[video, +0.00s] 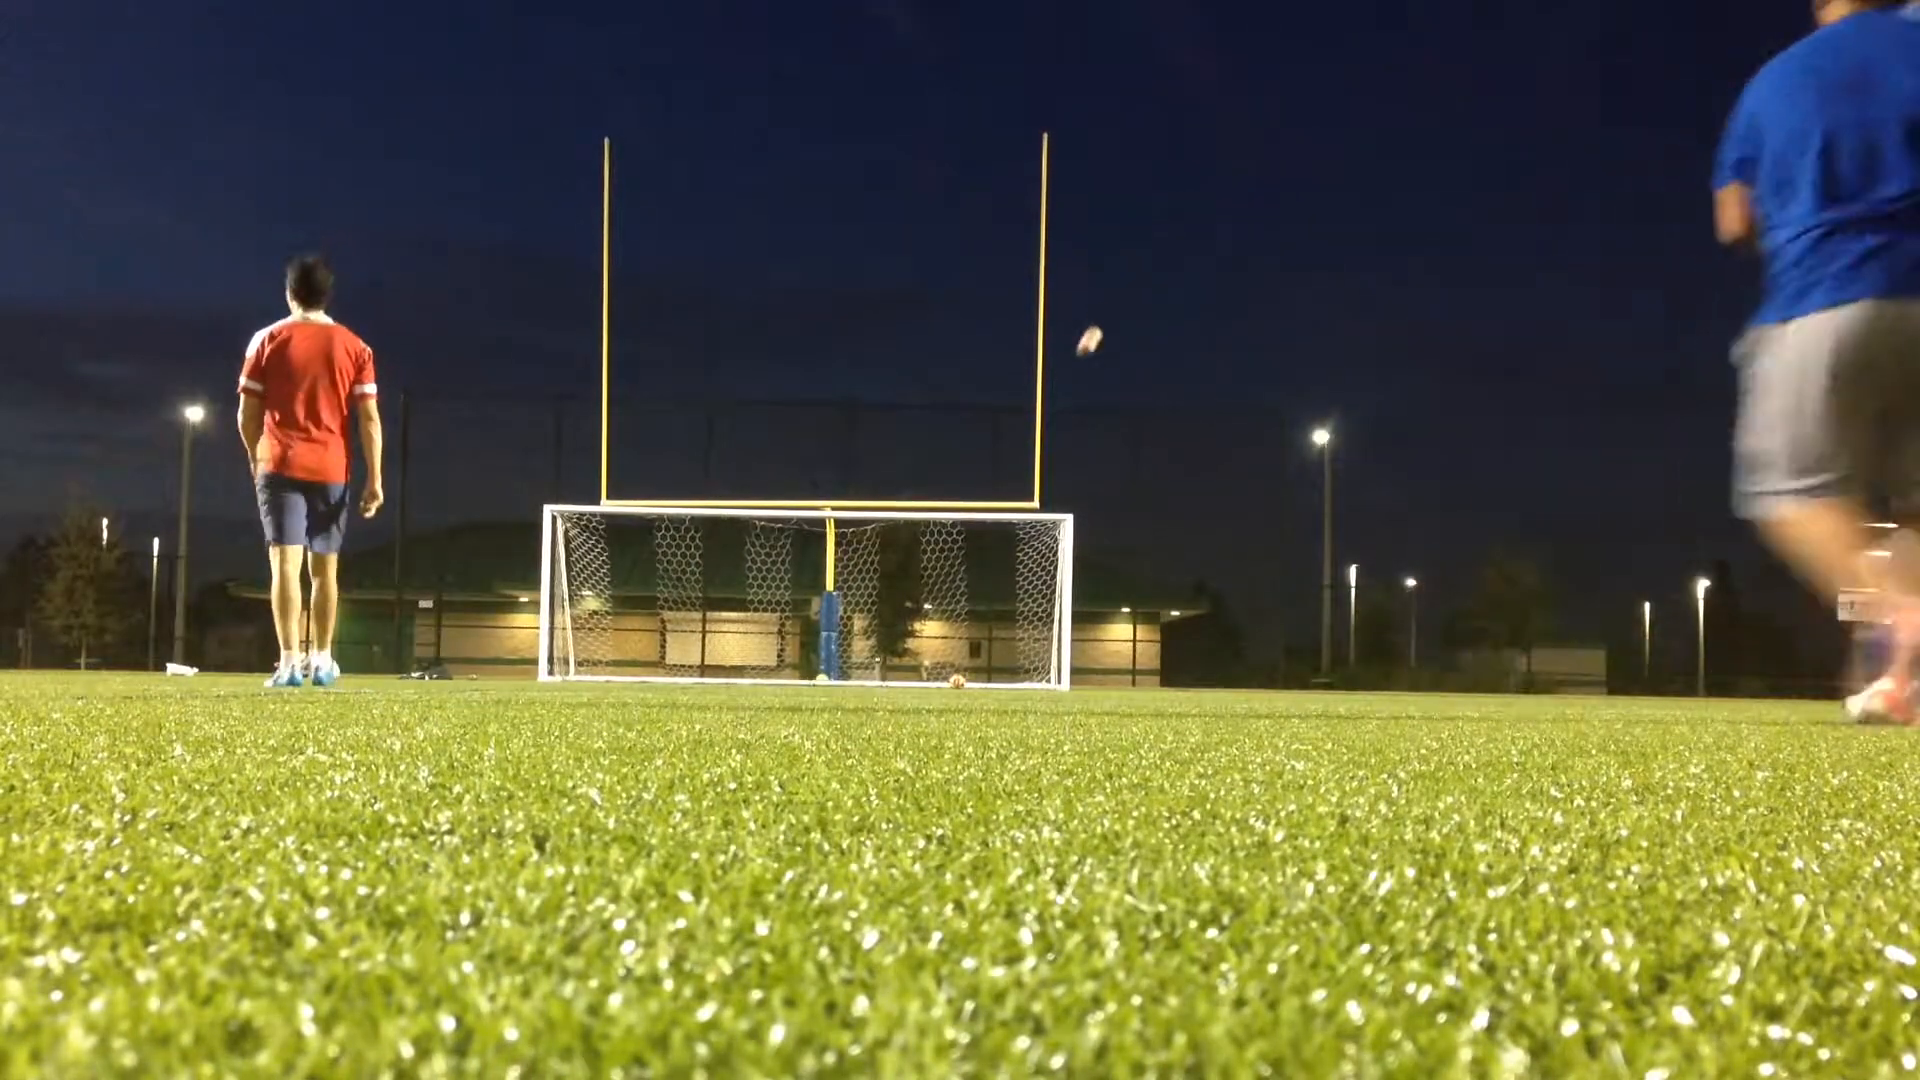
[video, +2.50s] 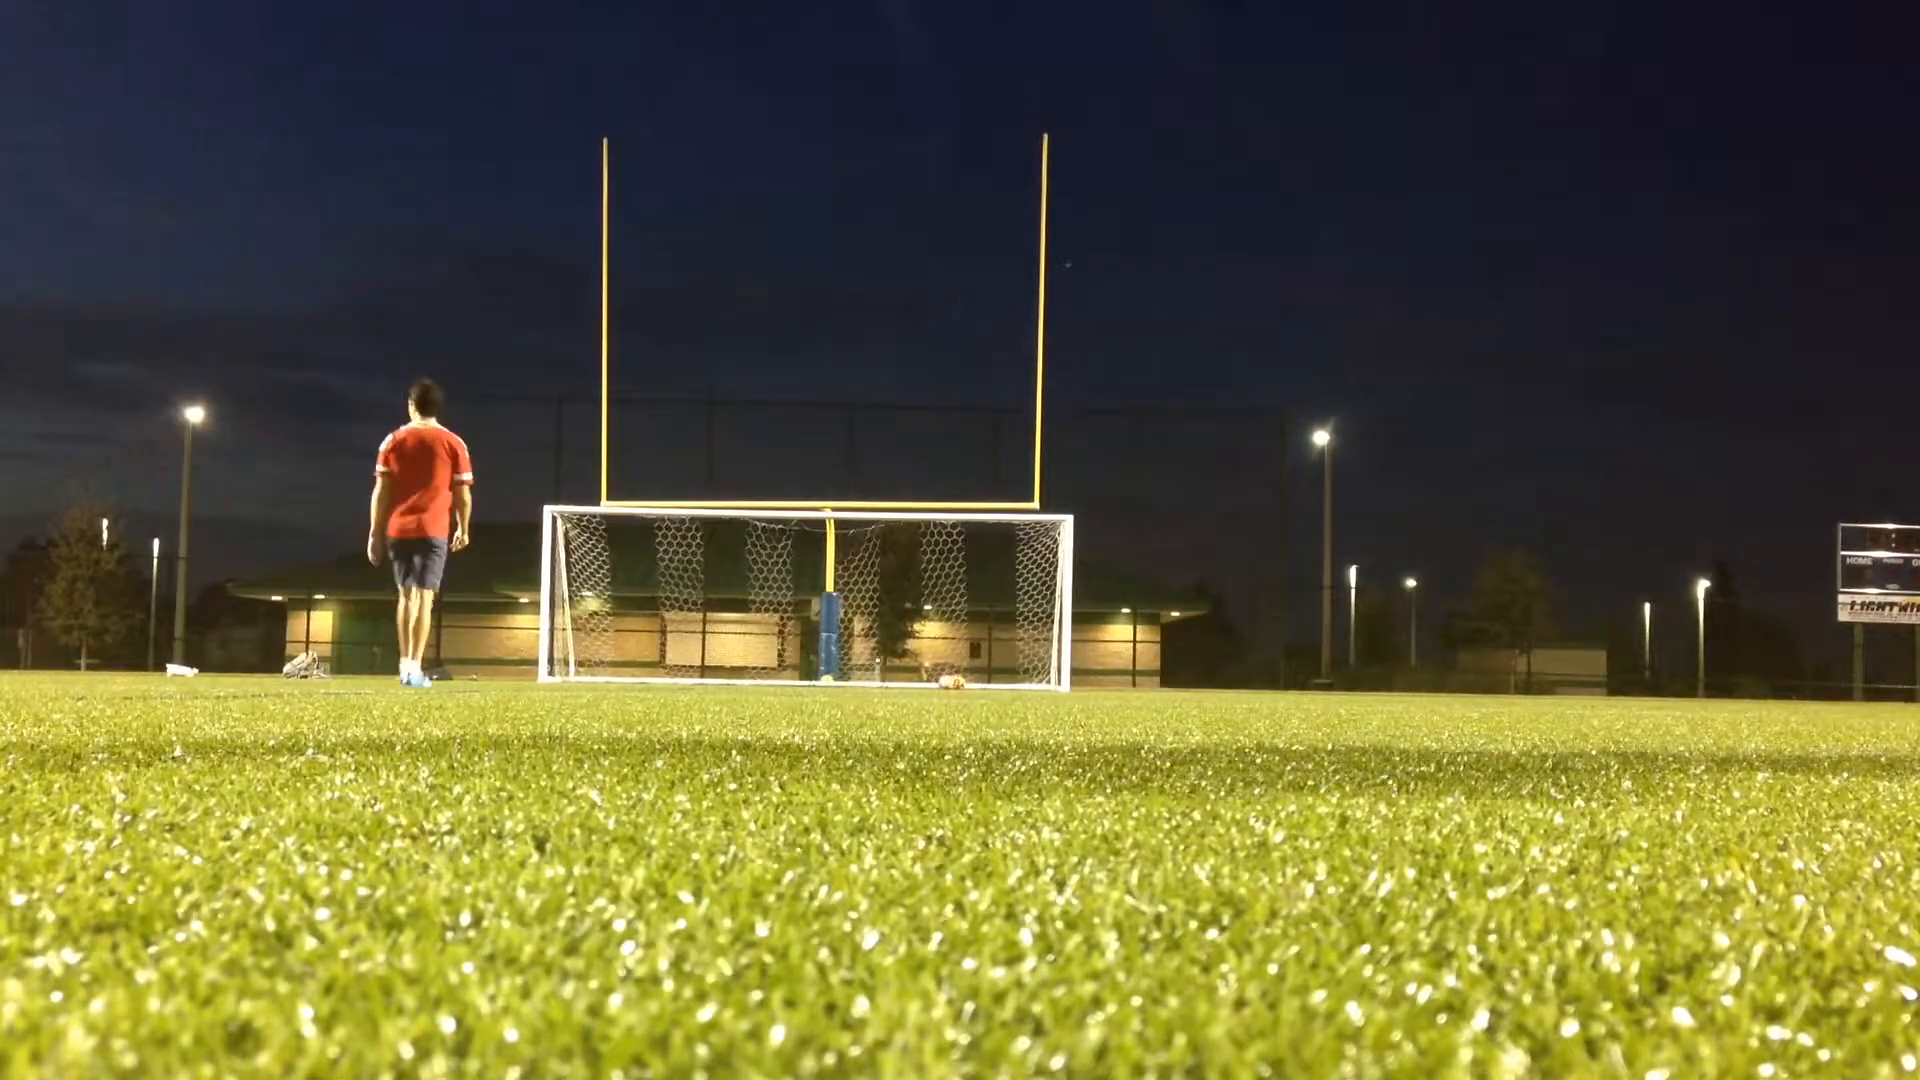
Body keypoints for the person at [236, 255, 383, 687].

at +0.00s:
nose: (289, 296)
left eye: (288, 291)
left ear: (290, 294)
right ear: (328, 295)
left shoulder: (267, 340)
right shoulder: (354, 346)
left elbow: (247, 415)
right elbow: (370, 417)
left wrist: (258, 459)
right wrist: (375, 477)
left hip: (278, 461)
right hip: (331, 466)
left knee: (285, 564)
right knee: (325, 571)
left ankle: (290, 661)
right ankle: (322, 659)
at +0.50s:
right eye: (331, 318)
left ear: (296, 322)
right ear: (334, 323)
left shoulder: (276, 365)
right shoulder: (358, 369)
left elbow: (258, 430)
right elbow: (371, 438)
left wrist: (246, 487)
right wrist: (365, 478)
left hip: (285, 482)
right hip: (336, 482)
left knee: (280, 572)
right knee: (324, 576)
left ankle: (272, 659)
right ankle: (315, 662)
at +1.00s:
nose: (329, 347)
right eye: (329, 341)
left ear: (294, 344)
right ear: (329, 344)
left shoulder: (272, 384)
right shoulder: (348, 388)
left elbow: (257, 453)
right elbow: (358, 449)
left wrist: (270, 487)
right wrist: (362, 502)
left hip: (280, 492)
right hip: (326, 495)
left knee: (279, 575)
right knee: (324, 578)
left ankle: (274, 663)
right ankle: (318, 661)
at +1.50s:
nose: (358, 370)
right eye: (363, 364)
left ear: (332, 367)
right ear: (366, 367)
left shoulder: (312, 405)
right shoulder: (381, 408)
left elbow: (296, 462)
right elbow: (392, 466)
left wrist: (290, 510)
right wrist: (389, 502)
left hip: (317, 505)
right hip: (358, 507)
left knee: (323, 580)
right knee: (341, 585)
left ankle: (316, 656)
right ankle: (327, 662)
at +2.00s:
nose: (362, 388)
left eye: (363, 383)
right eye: (365, 383)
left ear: (366, 386)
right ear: (395, 387)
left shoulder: (347, 421)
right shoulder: (411, 426)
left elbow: (332, 476)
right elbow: (418, 480)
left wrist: (343, 508)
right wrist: (424, 527)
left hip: (351, 515)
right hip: (392, 518)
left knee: (351, 592)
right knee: (397, 592)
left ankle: (348, 665)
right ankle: (396, 663)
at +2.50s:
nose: (409, 407)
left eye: (410, 403)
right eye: (415, 403)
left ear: (411, 406)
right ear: (439, 407)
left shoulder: (393, 441)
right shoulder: (453, 443)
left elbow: (381, 491)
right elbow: (463, 491)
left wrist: (374, 534)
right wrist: (464, 527)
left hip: (398, 528)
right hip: (434, 529)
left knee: (406, 595)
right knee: (424, 598)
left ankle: (406, 665)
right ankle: (414, 667)